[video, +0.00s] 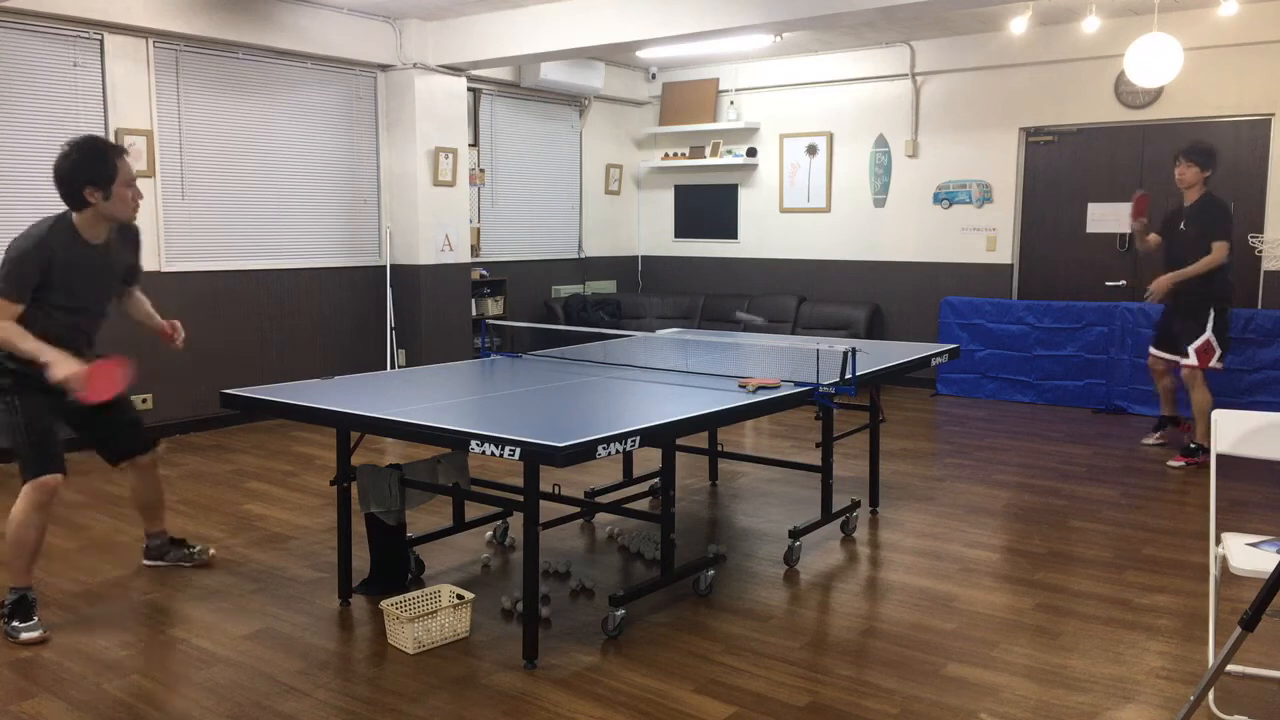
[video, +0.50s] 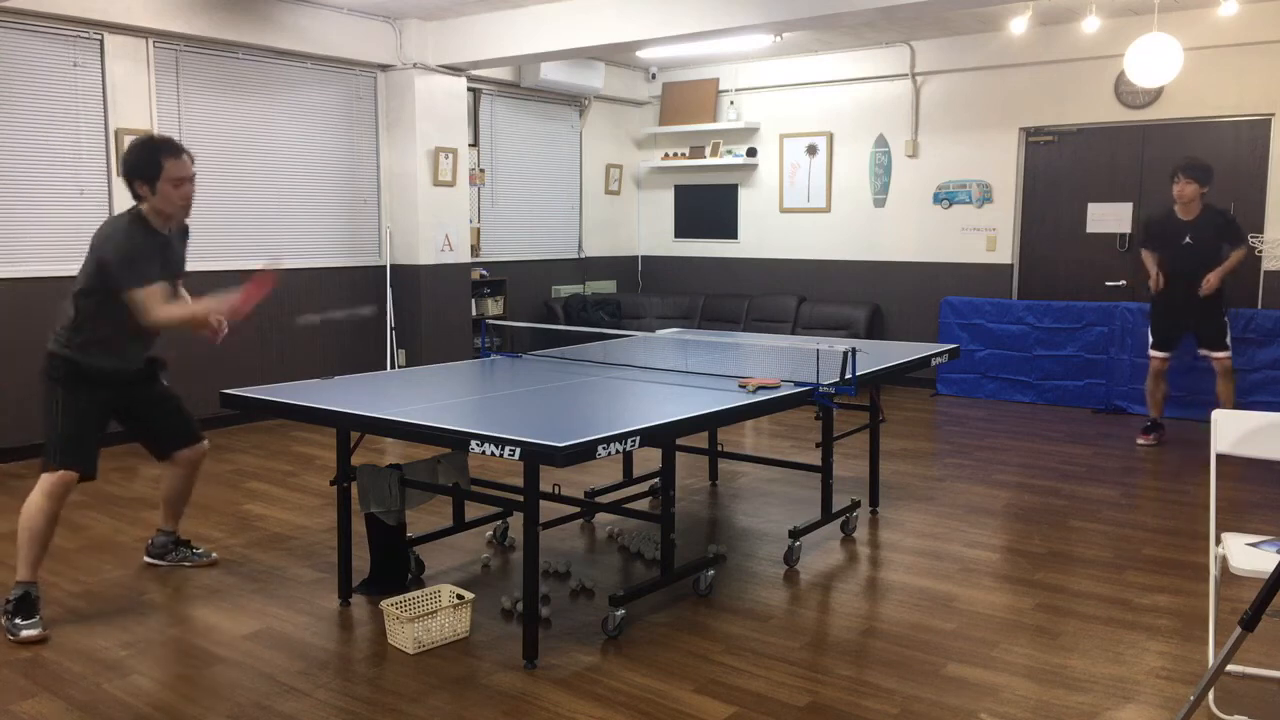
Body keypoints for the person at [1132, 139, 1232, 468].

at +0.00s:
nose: (1179, 171)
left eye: (1188, 166)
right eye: (1177, 165)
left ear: (1205, 172)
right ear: (1175, 170)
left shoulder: (1216, 208)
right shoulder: (1175, 213)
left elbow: (1220, 255)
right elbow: (1149, 245)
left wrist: (1170, 278)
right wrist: (1139, 230)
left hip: (1207, 302)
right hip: (1178, 300)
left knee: (1192, 372)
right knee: (1158, 363)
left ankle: (1202, 445)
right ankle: (1170, 421)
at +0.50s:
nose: (1178, 188)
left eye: (1186, 183)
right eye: (1176, 182)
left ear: (1202, 188)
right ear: (1171, 186)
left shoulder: (1218, 219)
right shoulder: (1158, 221)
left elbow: (1242, 248)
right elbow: (1146, 249)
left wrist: (1220, 273)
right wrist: (1153, 270)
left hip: (1207, 301)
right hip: (1167, 301)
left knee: (1223, 364)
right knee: (1157, 364)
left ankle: (1227, 426)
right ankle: (1154, 423)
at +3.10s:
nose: (1166, 190)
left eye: (1173, 185)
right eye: (1163, 184)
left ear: (1184, 191)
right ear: (1156, 187)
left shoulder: (1194, 223)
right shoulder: (1136, 215)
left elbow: (1216, 247)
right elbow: (1091, 212)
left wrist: (1232, 276)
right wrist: (1048, 212)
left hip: (1174, 307)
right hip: (1134, 304)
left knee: (1187, 365)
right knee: (1104, 359)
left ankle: (1190, 426)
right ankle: (1088, 413)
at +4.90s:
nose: (996, 189)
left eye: (1001, 183)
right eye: (993, 184)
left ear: (1015, 185)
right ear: (992, 188)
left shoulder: (1034, 212)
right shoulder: (991, 226)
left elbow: (1064, 230)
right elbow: (994, 262)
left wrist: (1064, 260)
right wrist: (1005, 255)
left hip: (1036, 290)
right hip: (1007, 292)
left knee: (1042, 347)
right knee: (985, 340)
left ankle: (1056, 400)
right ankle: (985, 396)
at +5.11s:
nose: (1026, 189)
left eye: (1032, 184)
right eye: (1022, 183)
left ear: (1041, 188)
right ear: (1016, 187)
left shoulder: (1054, 216)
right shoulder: (1005, 221)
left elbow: (1072, 242)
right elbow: (995, 251)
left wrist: (1057, 261)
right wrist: (1008, 253)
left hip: (1049, 290)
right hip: (1016, 292)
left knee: (1071, 342)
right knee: (1000, 346)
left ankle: (1087, 395)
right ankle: (999, 395)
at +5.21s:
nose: (1035, 194)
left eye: (1041, 189)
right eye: (1031, 189)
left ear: (1052, 195)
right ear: (1026, 194)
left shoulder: (1064, 224)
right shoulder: (1016, 227)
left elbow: (1080, 253)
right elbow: (1007, 256)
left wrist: (1057, 270)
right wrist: (1018, 262)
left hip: (1057, 299)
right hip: (1022, 300)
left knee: (1083, 348)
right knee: (999, 347)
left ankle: (1112, 402)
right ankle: (999, 395)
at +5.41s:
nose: (1058, 204)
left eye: (1065, 199)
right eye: (1055, 199)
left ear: (1076, 204)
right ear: (1050, 203)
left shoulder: (1091, 231)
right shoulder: (1041, 233)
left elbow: (1108, 261)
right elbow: (1035, 259)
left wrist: (1079, 278)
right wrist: (1044, 273)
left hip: (1082, 302)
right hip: (1049, 301)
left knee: (1105, 354)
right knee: (1016, 346)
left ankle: (1124, 404)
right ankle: (1004, 395)